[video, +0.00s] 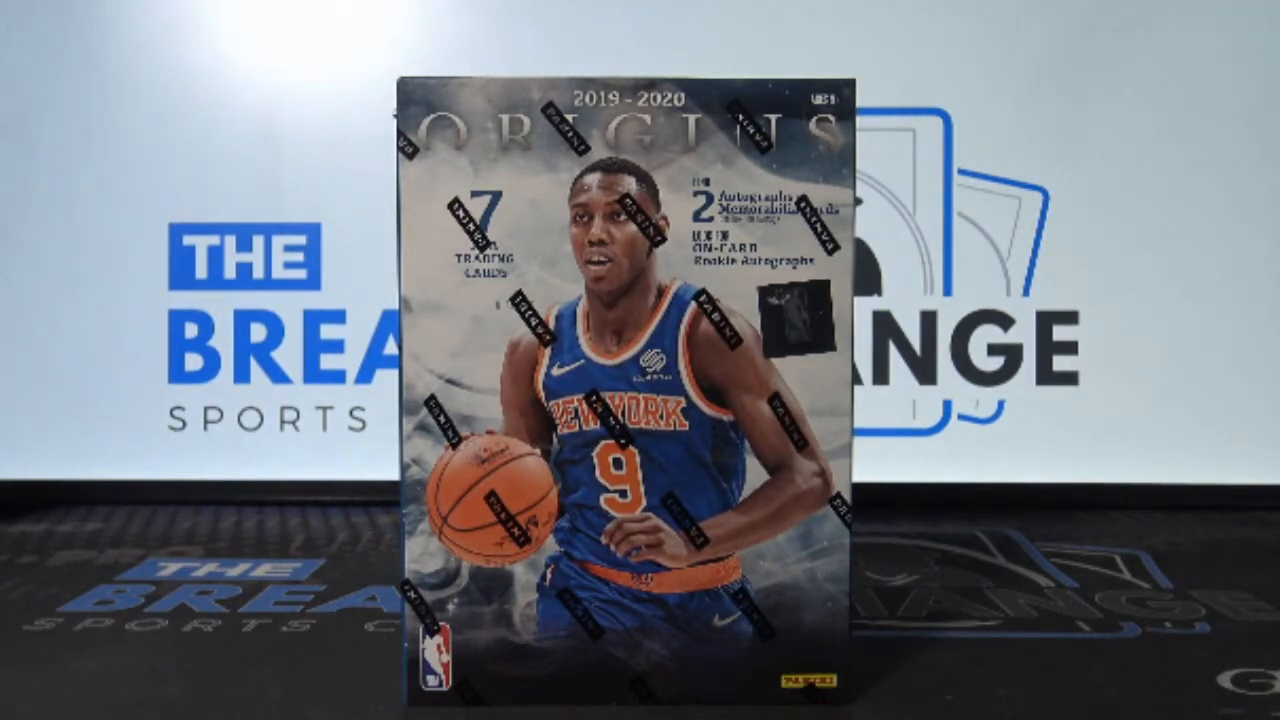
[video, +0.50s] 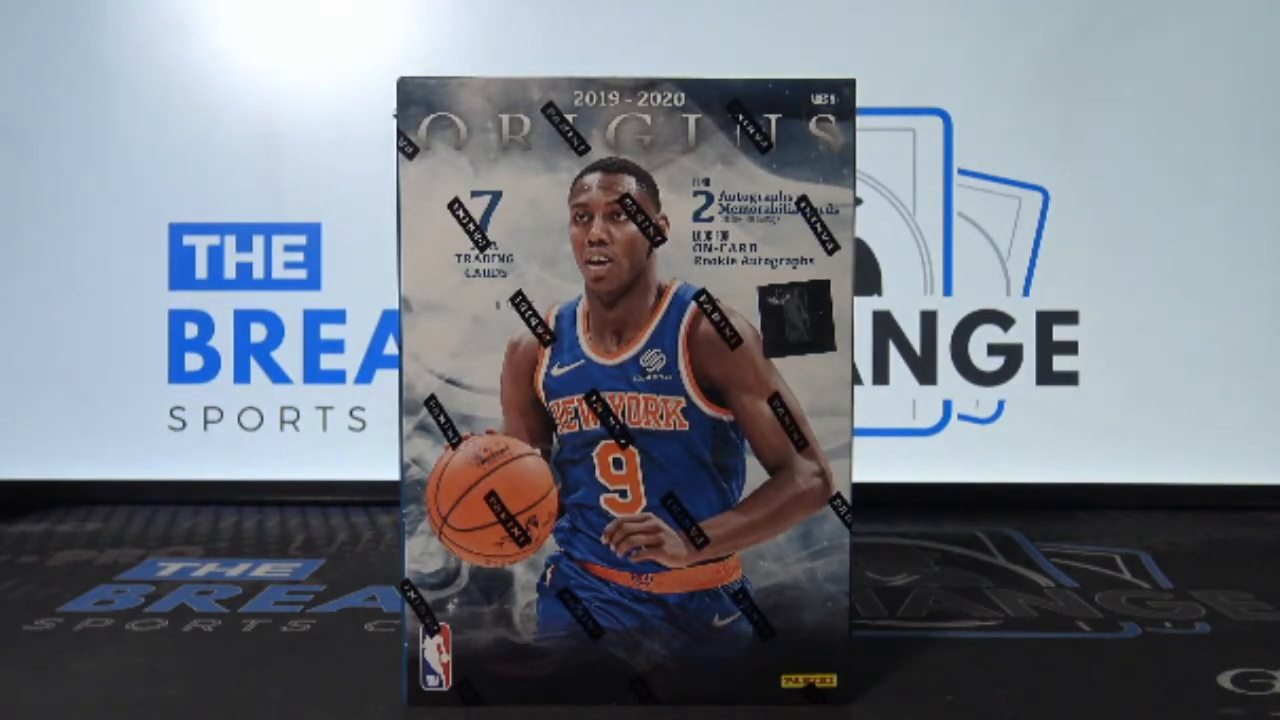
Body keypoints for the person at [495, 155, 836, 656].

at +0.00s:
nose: (595, 235)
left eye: (617, 216)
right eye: (582, 218)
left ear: (657, 230)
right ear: (570, 232)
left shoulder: (712, 334)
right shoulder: (534, 352)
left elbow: (809, 476)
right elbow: (529, 488)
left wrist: (696, 542)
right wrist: (480, 472)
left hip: (698, 614)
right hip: (583, 606)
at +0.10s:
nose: (595, 235)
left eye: (617, 216)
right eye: (582, 218)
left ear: (657, 230)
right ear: (570, 232)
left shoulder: (712, 334)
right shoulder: (534, 352)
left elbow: (809, 476)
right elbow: (529, 489)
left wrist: (696, 542)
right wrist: (480, 471)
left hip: (698, 612)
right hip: (583, 605)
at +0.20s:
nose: (595, 235)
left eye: (617, 216)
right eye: (582, 218)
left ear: (657, 230)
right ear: (569, 232)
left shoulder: (713, 335)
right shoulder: (535, 352)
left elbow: (810, 477)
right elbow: (530, 489)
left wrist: (696, 541)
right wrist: (484, 468)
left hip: (697, 614)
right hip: (582, 606)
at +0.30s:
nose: (595, 235)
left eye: (617, 216)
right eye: (582, 218)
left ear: (657, 230)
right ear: (569, 232)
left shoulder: (713, 334)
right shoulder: (534, 352)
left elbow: (809, 477)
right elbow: (530, 489)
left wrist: (696, 541)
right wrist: (487, 467)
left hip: (698, 612)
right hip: (583, 605)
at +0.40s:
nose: (595, 235)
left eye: (617, 216)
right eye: (582, 218)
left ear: (657, 230)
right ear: (569, 232)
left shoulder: (713, 335)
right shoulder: (534, 352)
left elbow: (810, 477)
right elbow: (529, 489)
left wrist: (696, 541)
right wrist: (485, 467)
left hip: (698, 613)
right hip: (583, 605)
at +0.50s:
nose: (595, 235)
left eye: (617, 216)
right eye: (582, 218)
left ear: (657, 230)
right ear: (569, 232)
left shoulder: (713, 335)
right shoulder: (535, 352)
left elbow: (810, 477)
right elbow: (530, 489)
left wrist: (696, 541)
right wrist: (485, 467)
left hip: (697, 614)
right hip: (582, 606)